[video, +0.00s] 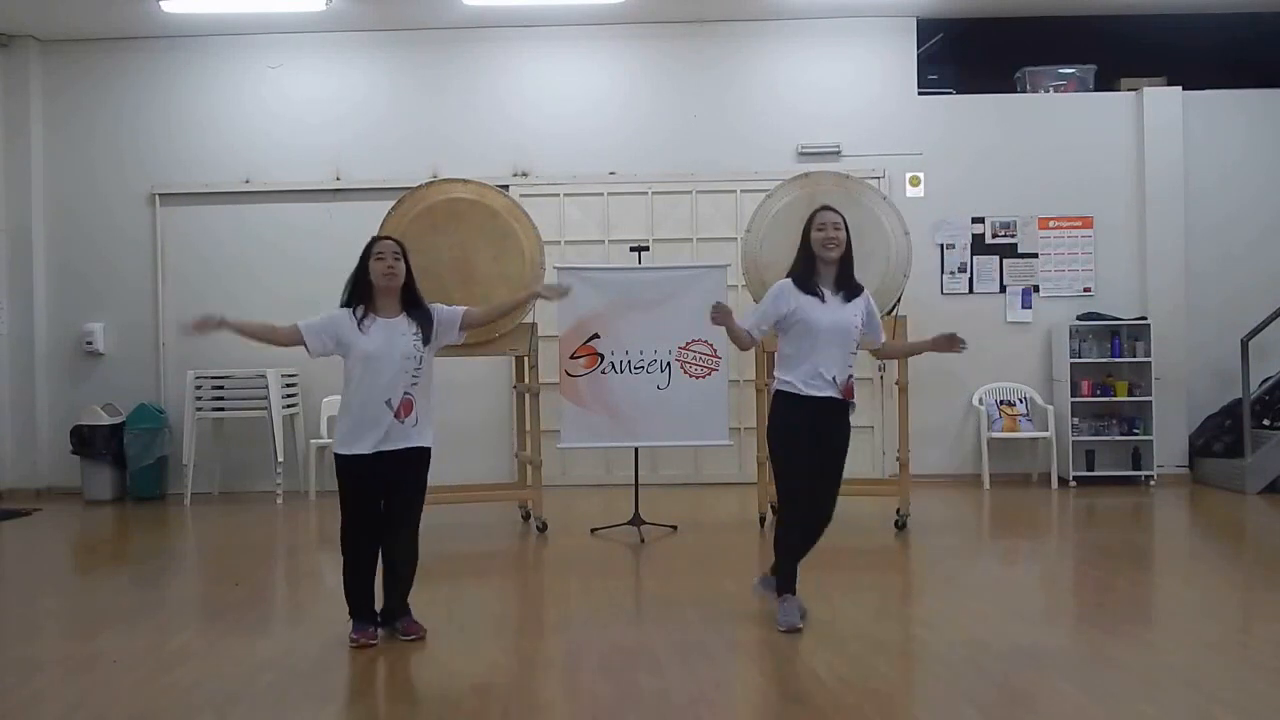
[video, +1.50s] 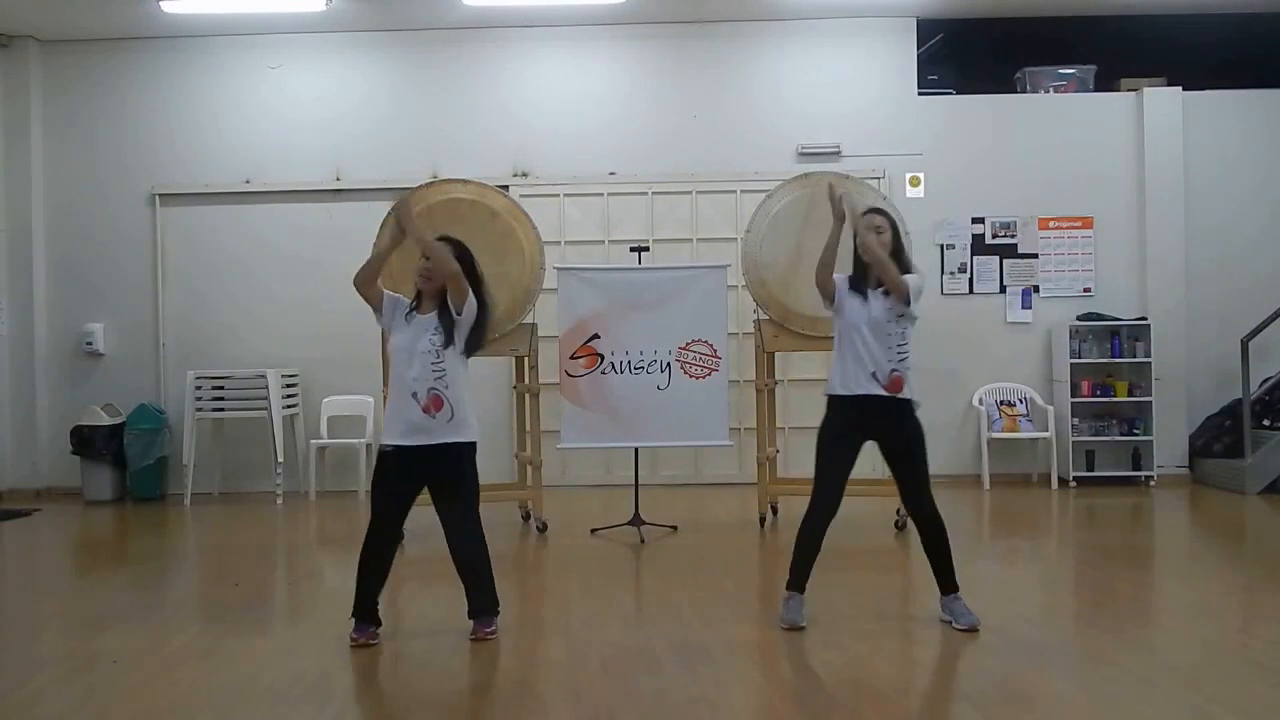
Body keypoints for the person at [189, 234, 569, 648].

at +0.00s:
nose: (388, 263)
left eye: (396, 257)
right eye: (379, 257)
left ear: (407, 269)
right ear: (365, 269)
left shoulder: (427, 317)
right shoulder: (346, 321)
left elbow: (482, 316)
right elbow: (285, 335)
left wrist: (533, 294)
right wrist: (227, 323)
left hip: (411, 446)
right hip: (357, 448)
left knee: (403, 534)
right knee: (360, 536)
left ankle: (397, 614)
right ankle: (362, 620)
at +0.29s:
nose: (382, 265)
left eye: (386, 257)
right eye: (370, 261)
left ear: (397, 266)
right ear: (357, 276)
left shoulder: (423, 314)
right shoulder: (350, 321)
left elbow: (476, 297)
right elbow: (312, 329)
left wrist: (501, 254)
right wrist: (304, 282)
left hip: (417, 444)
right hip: (365, 449)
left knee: (441, 530)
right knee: (366, 540)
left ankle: (430, 598)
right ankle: (364, 620)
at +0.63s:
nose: (419, 266)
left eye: (424, 260)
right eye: (408, 262)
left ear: (432, 269)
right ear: (394, 277)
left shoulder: (455, 314)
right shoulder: (390, 322)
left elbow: (486, 279)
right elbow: (381, 299)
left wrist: (449, 238)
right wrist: (410, 258)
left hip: (461, 443)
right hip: (408, 448)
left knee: (472, 532)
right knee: (393, 538)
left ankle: (484, 613)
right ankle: (367, 619)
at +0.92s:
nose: (449, 263)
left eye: (459, 258)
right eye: (443, 256)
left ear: (474, 271)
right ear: (433, 267)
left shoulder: (491, 315)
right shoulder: (412, 318)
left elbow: (541, 305)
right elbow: (354, 328)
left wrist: (566, 263)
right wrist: (317, 298)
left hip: (482, 442)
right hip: (429, 443)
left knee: (481, 531)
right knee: (438, 532)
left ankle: (485, 614)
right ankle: (445, 601)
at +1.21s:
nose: (458, 266)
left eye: (469, 263)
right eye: (455, 258)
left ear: (481, 278)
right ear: (443, 267)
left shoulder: (491, 319)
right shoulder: (416, 315)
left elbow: (527, 302)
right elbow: (359, 313)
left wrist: (535, 261)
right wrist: (321, 275)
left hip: (478, 449)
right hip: (426, 449)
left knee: (477, 535)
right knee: (420, 534)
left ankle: (485, 613)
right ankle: (451, 595)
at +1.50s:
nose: (426, 266)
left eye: (437, 261)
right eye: (425, 259)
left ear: (456, 274)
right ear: (417, 269)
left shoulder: (462, 316)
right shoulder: (397, 312)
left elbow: (446, 268)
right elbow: (365, 282)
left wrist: (414, 225)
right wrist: (391, 240)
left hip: (452, 444)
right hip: (401, 444)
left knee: (465, 533)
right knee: (382, 532)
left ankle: (483, 613)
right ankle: (365, 616)